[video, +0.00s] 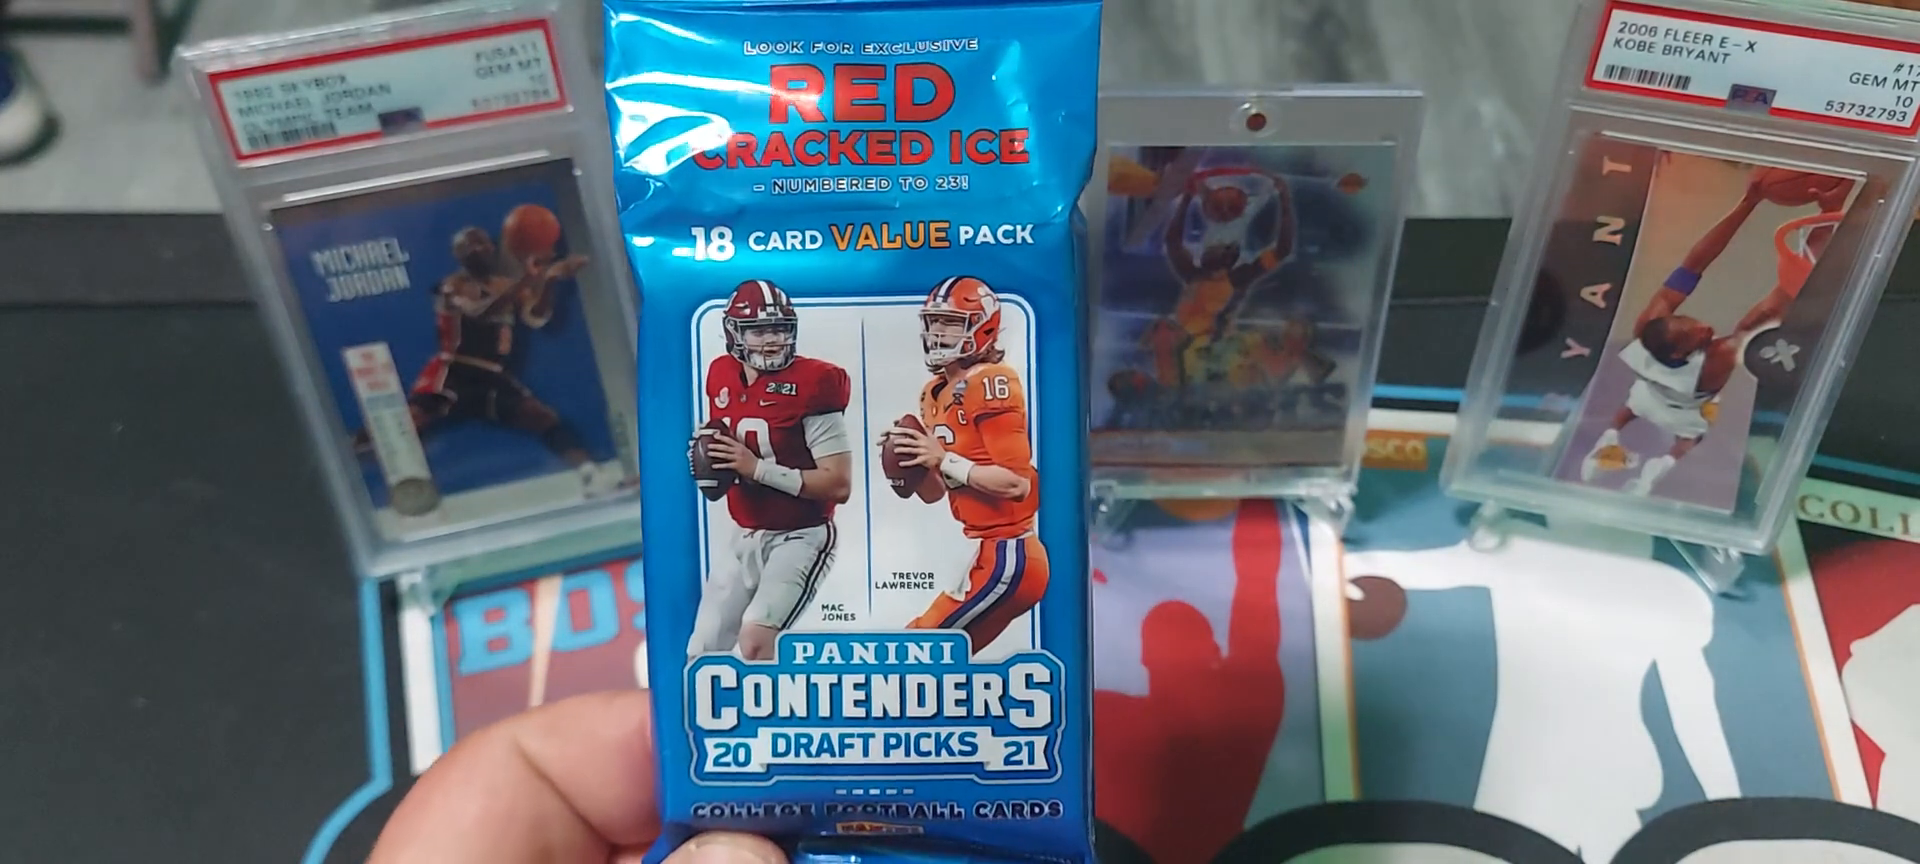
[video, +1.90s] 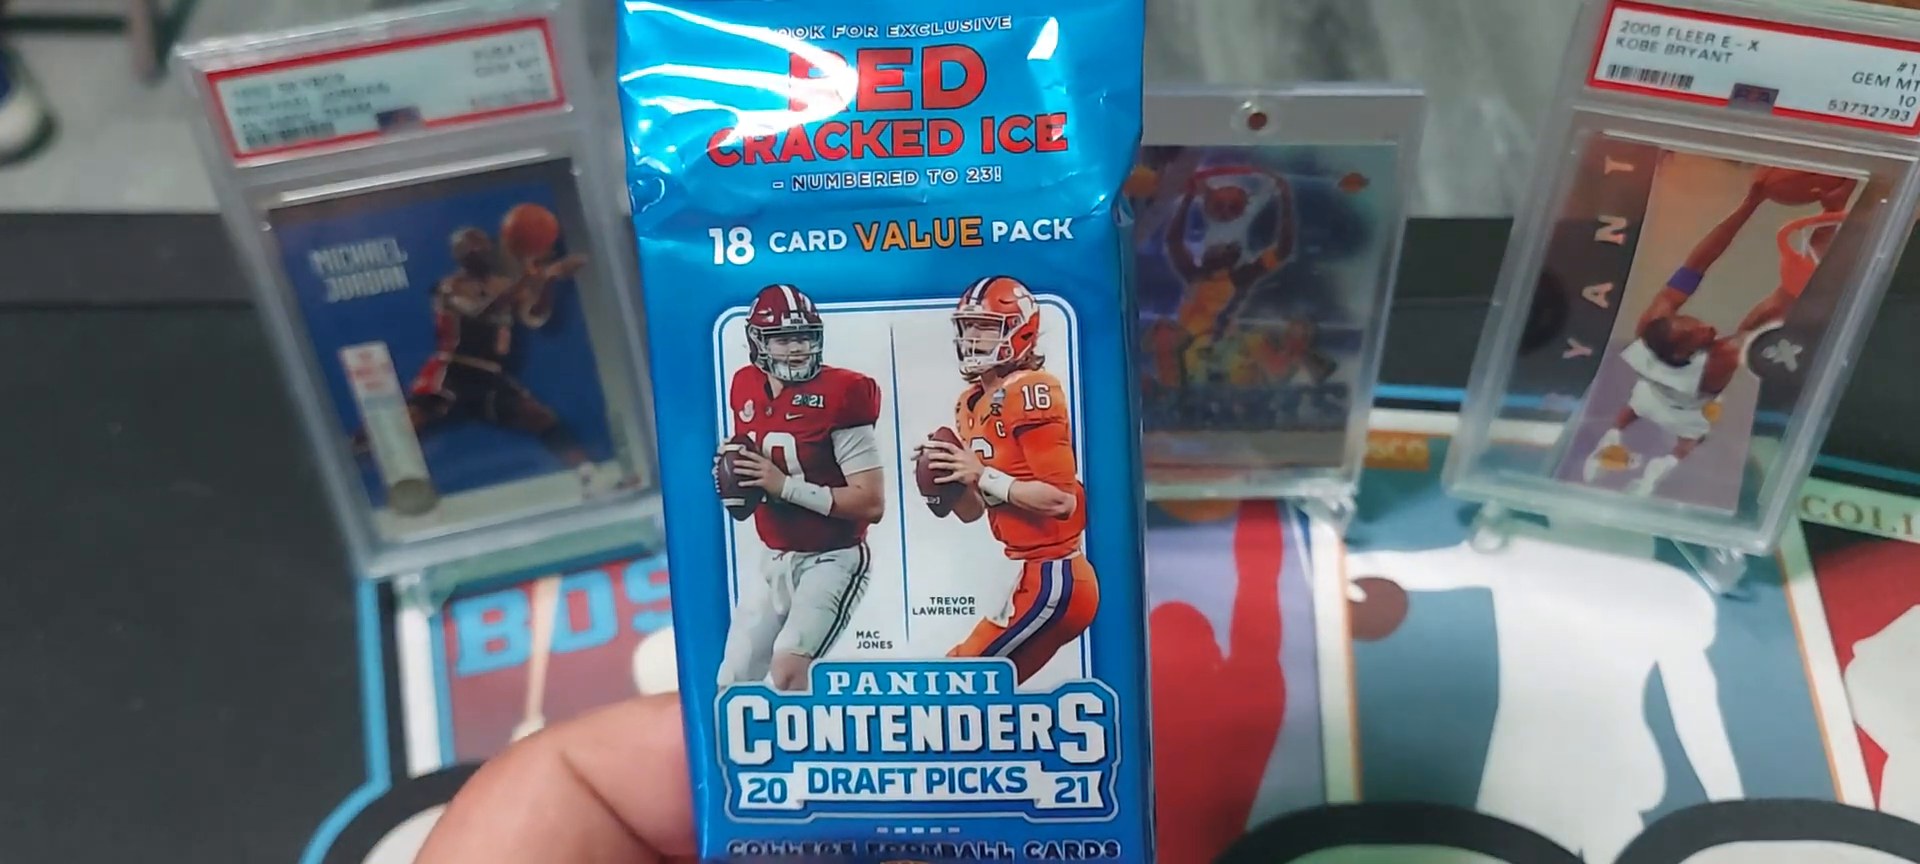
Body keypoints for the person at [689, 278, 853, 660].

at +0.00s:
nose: (770, 340)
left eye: (779, 329)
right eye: (758, 330)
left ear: (791, 331)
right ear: (735, 333)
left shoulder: (816, 382)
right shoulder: (722, 373)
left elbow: (839, 485)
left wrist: (756, 468)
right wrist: (704, 453)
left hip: (804, 537)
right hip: (745, 538)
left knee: (755, 642)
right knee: (703, 652)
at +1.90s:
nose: (795, 349)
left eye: (803, 338)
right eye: (783, 339)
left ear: (817, 339)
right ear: (759, 342)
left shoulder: (844, 393)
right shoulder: (746, 385)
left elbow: (871, 503)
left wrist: (784, 485)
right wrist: (730, 470)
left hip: (835, 559)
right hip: (774, 561)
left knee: (787, 673)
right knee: (733, 682)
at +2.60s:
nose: (789, 353)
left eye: (798, 342)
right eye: (777, 343)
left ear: (811, 343)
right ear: (752, 346)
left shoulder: (839, 398)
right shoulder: (739, 390)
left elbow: (863, 508)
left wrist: (775, 490)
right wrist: (724, 480)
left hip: (828, 564)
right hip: (767, 567)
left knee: (779, 678)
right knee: (724, 690)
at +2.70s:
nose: (765, 349)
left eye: (773, 338)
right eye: (752, 339)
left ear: (787, 339)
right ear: (728, 343)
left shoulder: (816, 395)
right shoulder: (716, 387)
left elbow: (843, 506)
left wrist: (755, 488)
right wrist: (702, 478)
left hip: (808, 561)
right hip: (746, 564)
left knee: (760, 677)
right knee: (705, 690)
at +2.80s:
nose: (781, 366)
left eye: (790, 354)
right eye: (767, 356)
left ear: (804, 357)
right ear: (745, 361)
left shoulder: (834, 413)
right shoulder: (735, 404)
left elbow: (862, 524)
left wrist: (773, 506)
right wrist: (720, 499)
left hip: (827, 581)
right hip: (766, 583)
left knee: (780, 694)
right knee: (724, 705)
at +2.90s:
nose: (852, 384)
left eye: (861, 372)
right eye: (838, 373)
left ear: (875, 375)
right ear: (813, 377)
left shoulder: (902, 432)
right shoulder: (802, 420)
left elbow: (925, 546)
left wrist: (836, 524)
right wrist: (783, 514)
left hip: (887, 602)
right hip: (826, 602)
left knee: (836, 715)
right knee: (779, 726)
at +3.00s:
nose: (904, 412)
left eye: (914, 400)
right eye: (890, 400)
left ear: (928, 402)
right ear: (865, 403)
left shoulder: (956, 461)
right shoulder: (852, 447)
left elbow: (975, 577)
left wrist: (885, 553)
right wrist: (832, 543)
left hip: (935, 635)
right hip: (871, 632)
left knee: (881, 748)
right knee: (823, 757)